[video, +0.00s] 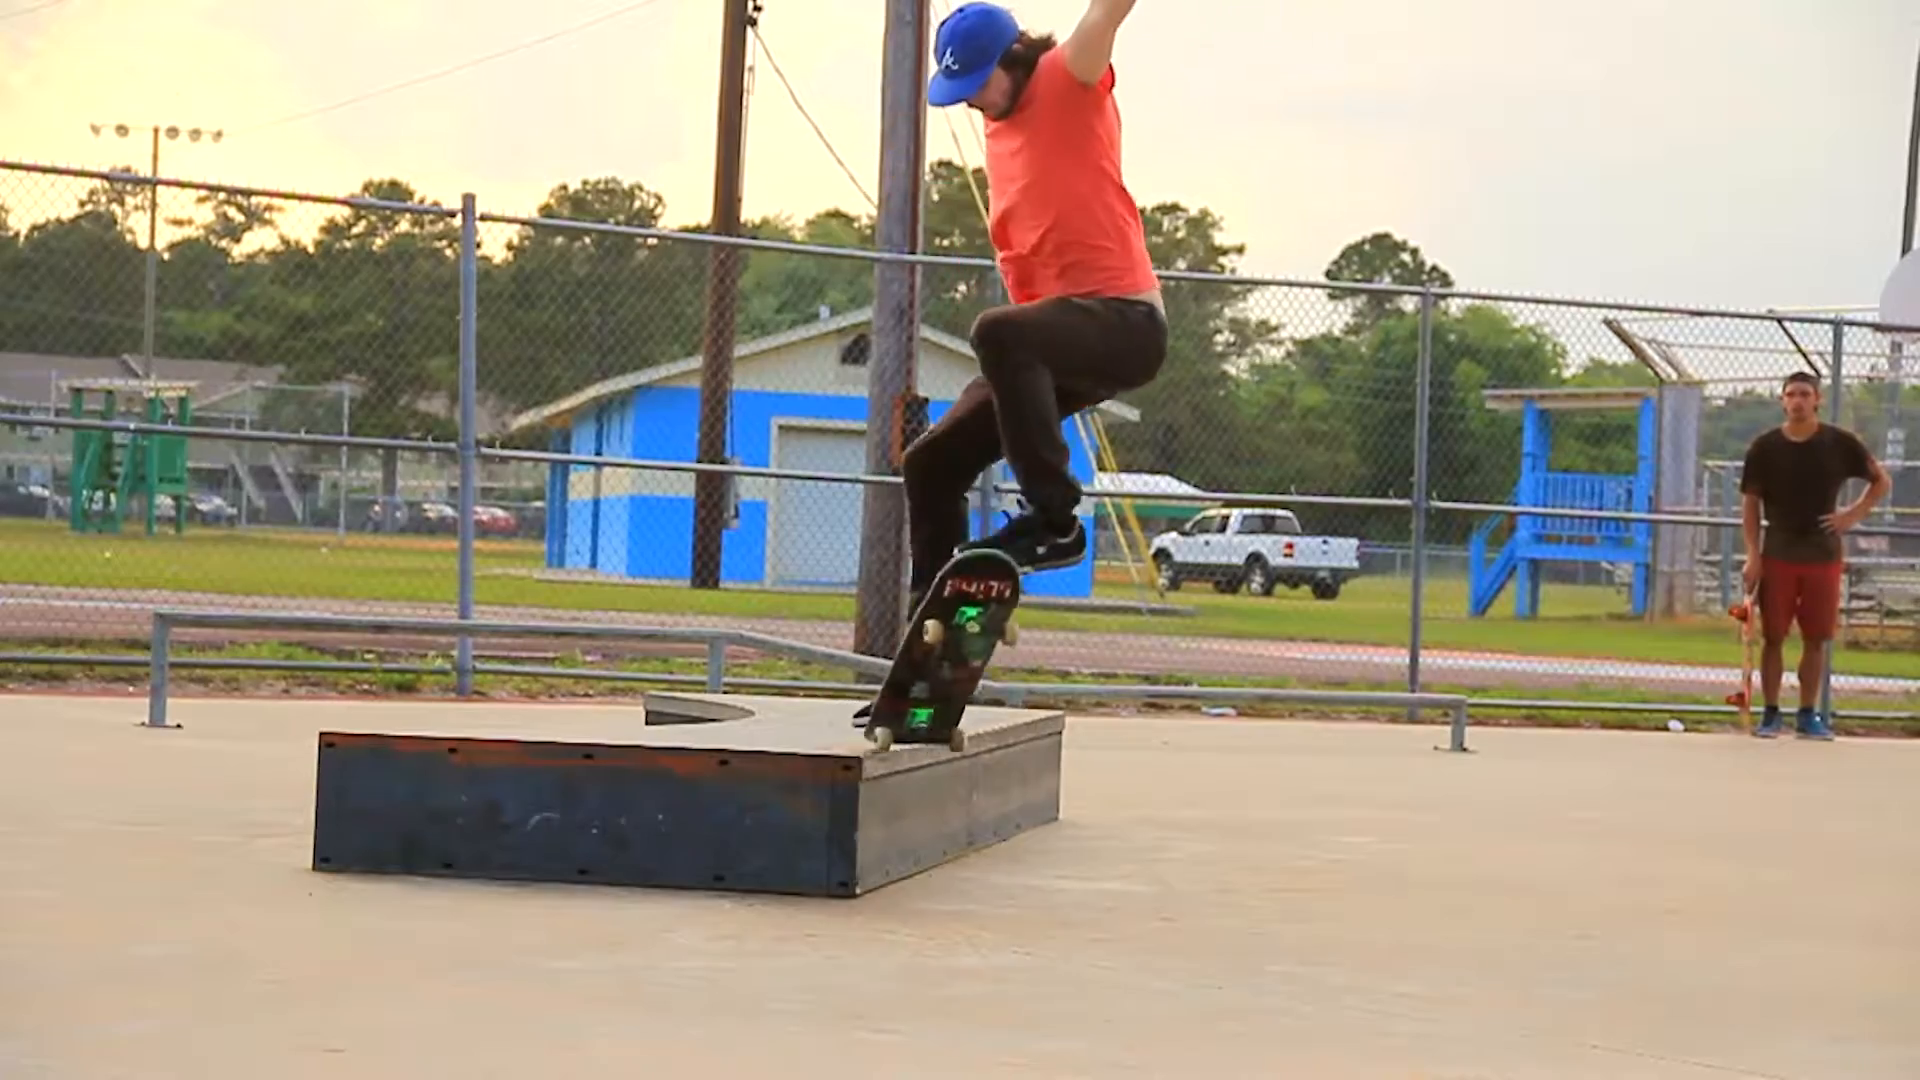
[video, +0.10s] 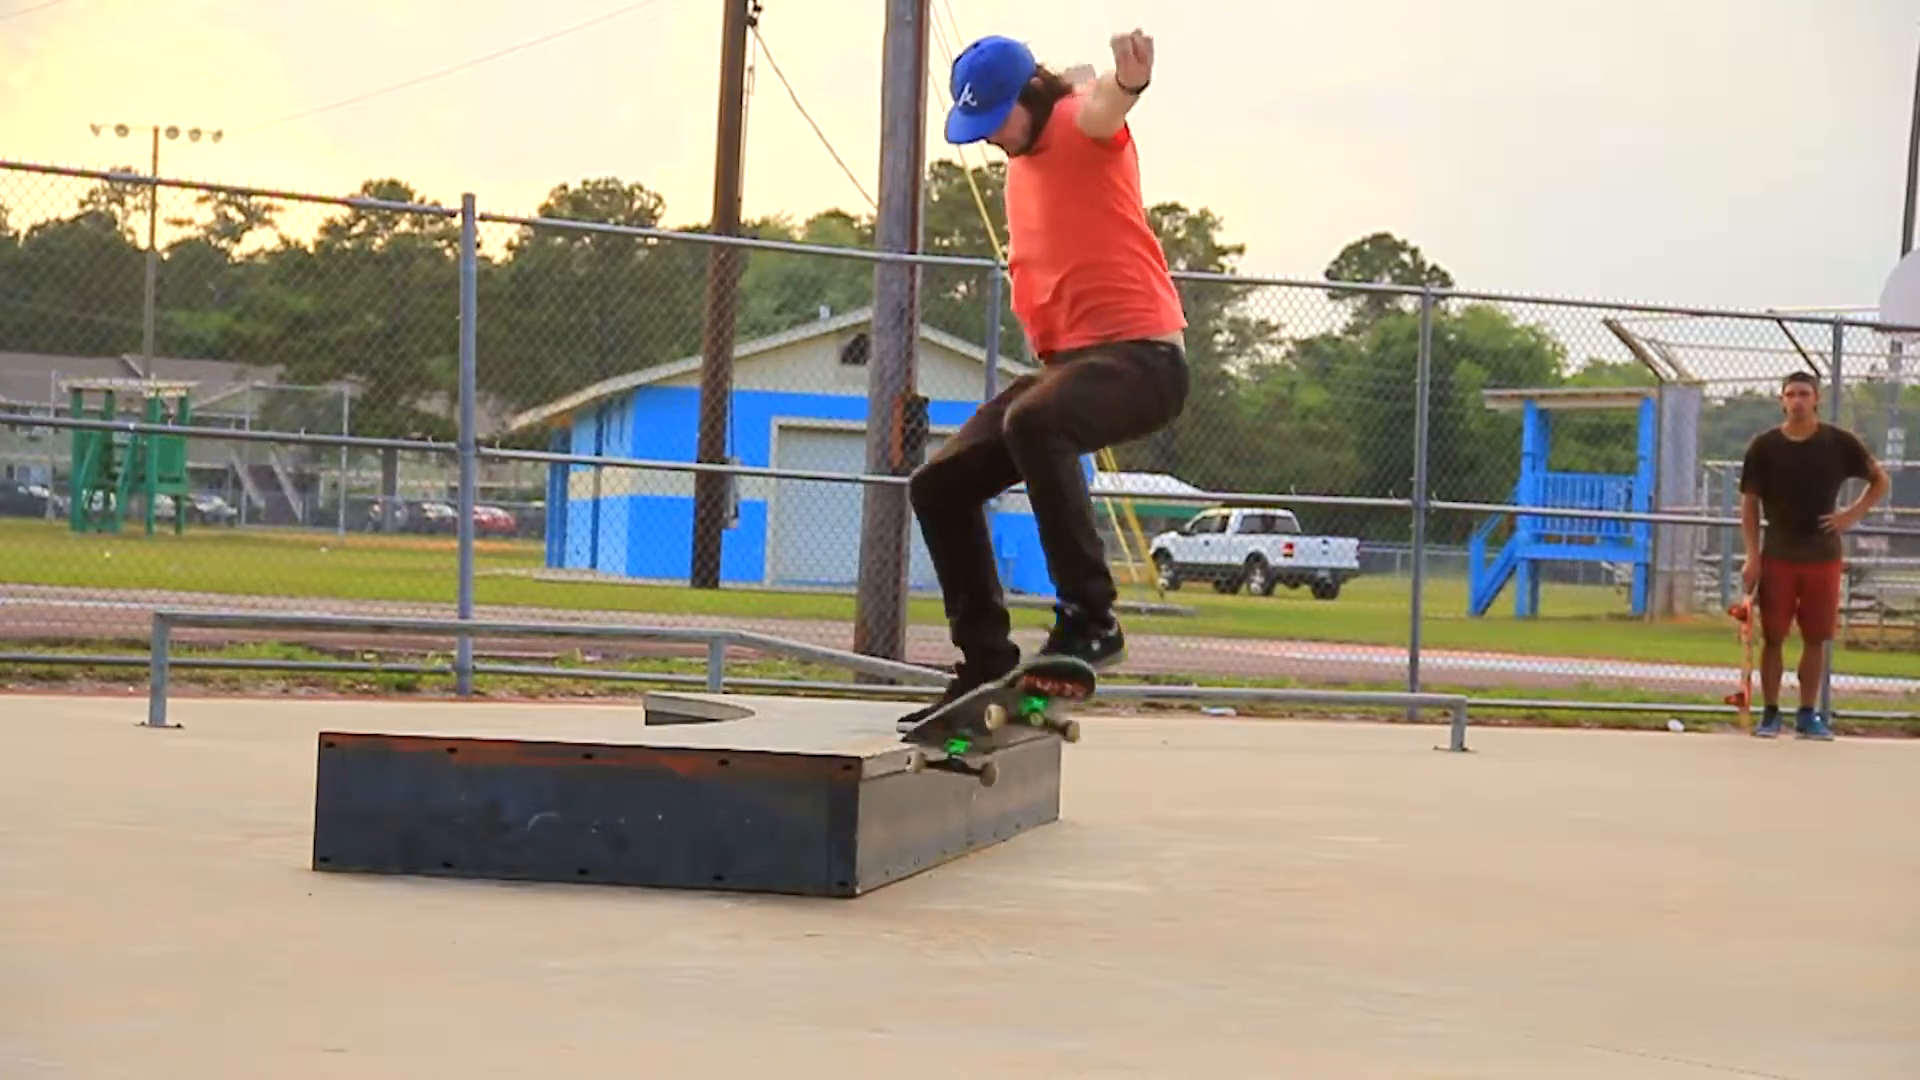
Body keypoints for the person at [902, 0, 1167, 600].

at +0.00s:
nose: (976, 104)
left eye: (980, 87)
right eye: (967, 94)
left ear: (1012, 58)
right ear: (963, 78)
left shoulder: (1068, 73)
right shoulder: (995, 121)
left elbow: (1113, 7)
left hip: (1126, 321)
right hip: (1061, 335)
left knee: (1001, 332)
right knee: (930, 466)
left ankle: (1056, 521)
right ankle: (939, 636)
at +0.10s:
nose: (993, 139)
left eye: (997, 123)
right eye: (984, 129)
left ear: (1028, 94)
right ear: (993, 110)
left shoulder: (1076, 113)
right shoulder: (1025, 151)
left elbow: (1101, 113)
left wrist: (1125, 85)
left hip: (1140, 358)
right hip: (1065, 367)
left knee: (1036, 422)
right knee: (938, 490)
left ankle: (1090, 621)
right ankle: (988, 664)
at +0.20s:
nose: (1033, 196)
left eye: (1037, 181)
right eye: (1022, 186)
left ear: (1067, 152)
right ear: (1019, 168)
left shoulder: (1122, 175)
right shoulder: (1046, 196)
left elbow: (1151, 197)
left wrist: (1141, 204)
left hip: (1140, 444)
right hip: (1068, 442)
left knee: (1063, 601)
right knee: (980, 609)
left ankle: (1108, 822)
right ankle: (1035, 814)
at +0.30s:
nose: (1066, 268)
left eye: (1075, 252)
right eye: (1057, 257)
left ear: (1109, 226)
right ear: (1049, 241)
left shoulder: (1168, 273)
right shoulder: (1072, 281)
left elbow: (1204, 356)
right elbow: (1087, 380)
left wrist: (1166, 390)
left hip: (1165, 528)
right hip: (1081, 526)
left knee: (1069, 663)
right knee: (995, 678)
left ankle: (1142, 850)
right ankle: (1067, 840)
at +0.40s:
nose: (1113, 300)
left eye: (1123, 285)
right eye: (1100, 289)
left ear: (1155, 258)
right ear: (1084, 269)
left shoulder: (1212, 319)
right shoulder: (1094, 321)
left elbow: (1258, 443)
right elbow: (1112, 429)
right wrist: (1110, 523)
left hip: (1205, 561)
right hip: (1109, 563)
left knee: (1107, 678)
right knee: (1016, 709)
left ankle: (1188, 858)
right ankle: (1110, 850)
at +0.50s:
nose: (1166, 302)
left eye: (1176, 286)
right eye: (1152, 289)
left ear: (1211, 258)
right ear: (1134, 267)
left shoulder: (1268, 328)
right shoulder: (1132, 318)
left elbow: (1316, 470)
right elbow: (1137, 454)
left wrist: (1281, 586)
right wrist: (1116, 566)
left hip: (1239, 570)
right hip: (1149, 571)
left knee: (1146, 686)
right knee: (1061, 720)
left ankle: (1237, 869)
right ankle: (1160, 864)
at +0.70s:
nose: (1269, 238)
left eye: (1284, 222)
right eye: (1254, 224)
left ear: (1320, 196)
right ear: (1235, 203)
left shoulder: (1382, 274)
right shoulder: (1219, 268)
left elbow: (1425, 424)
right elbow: (1213, 416)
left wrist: (1437, 566)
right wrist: (1211, 546)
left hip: (1358, 521)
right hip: (1252, 531)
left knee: (1280, 676)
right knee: (1190, 716)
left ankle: (1354, 892)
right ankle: (1276, 883)